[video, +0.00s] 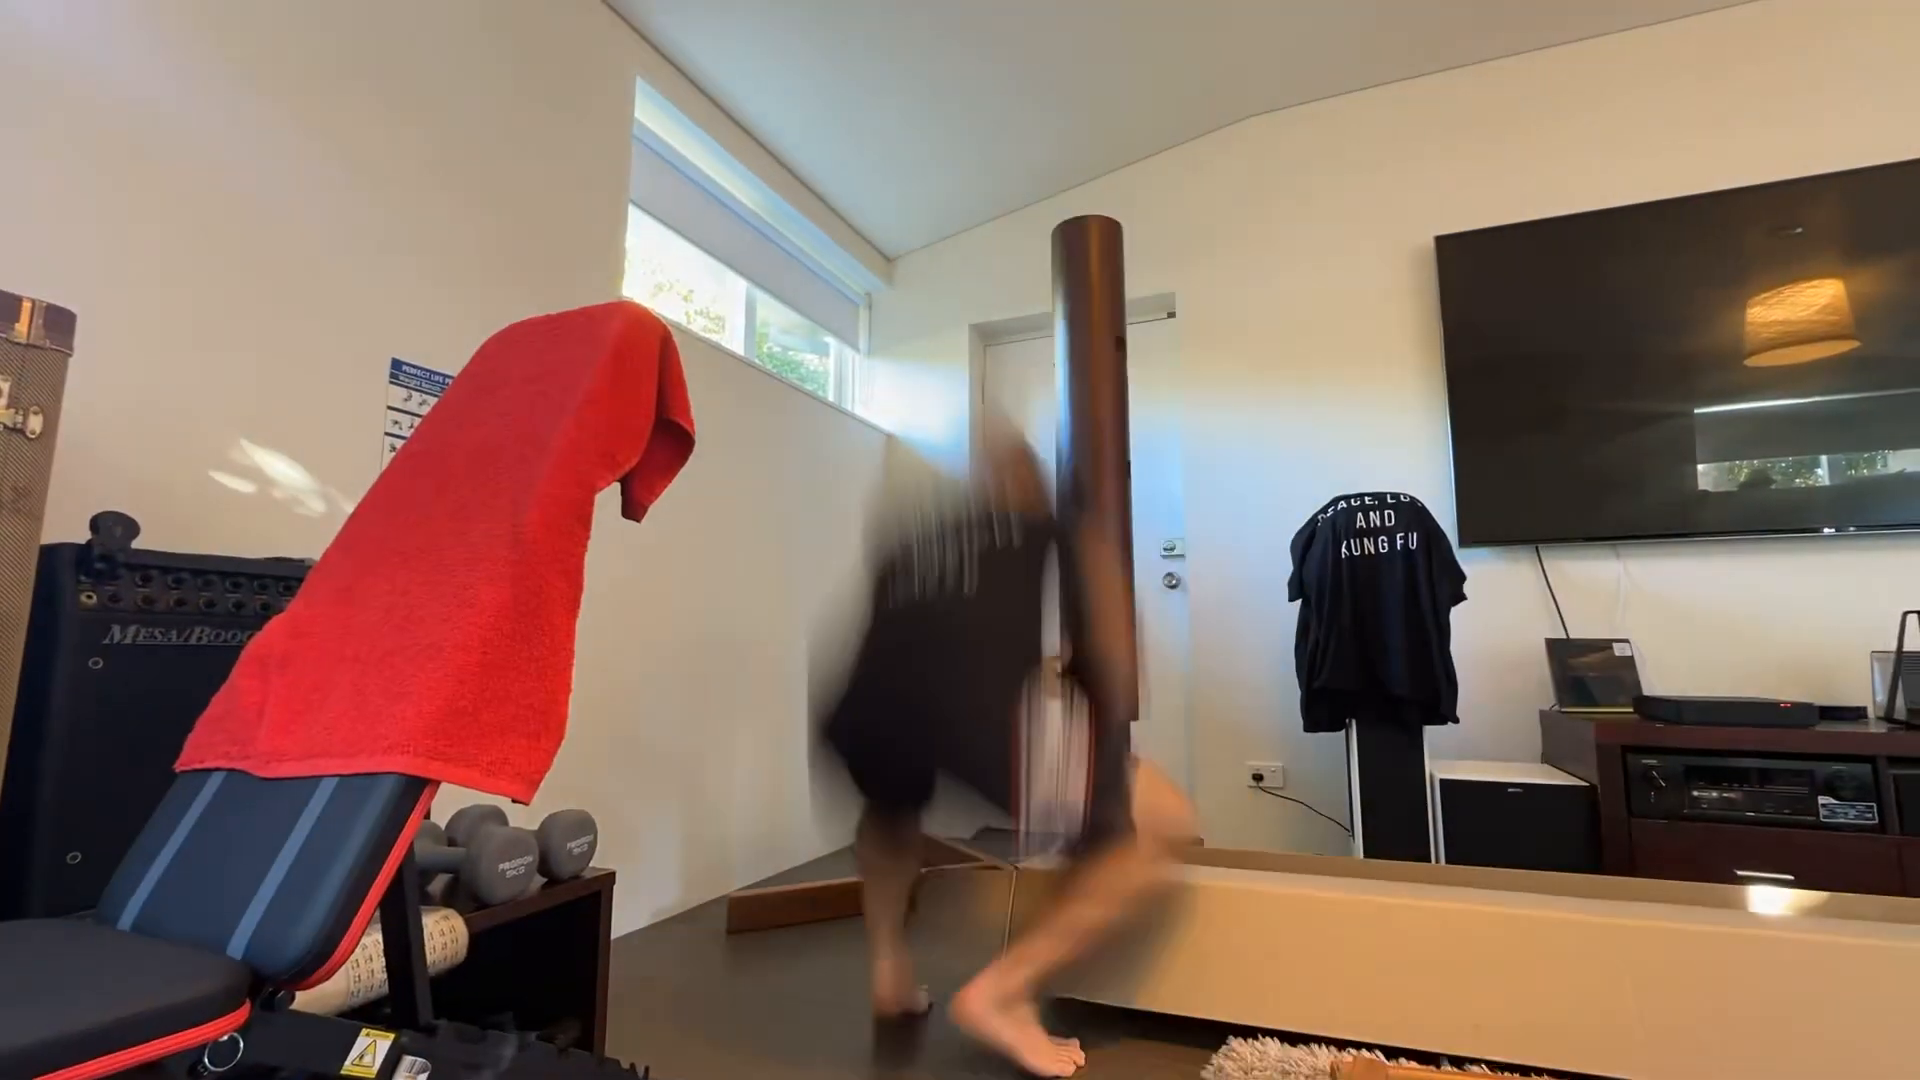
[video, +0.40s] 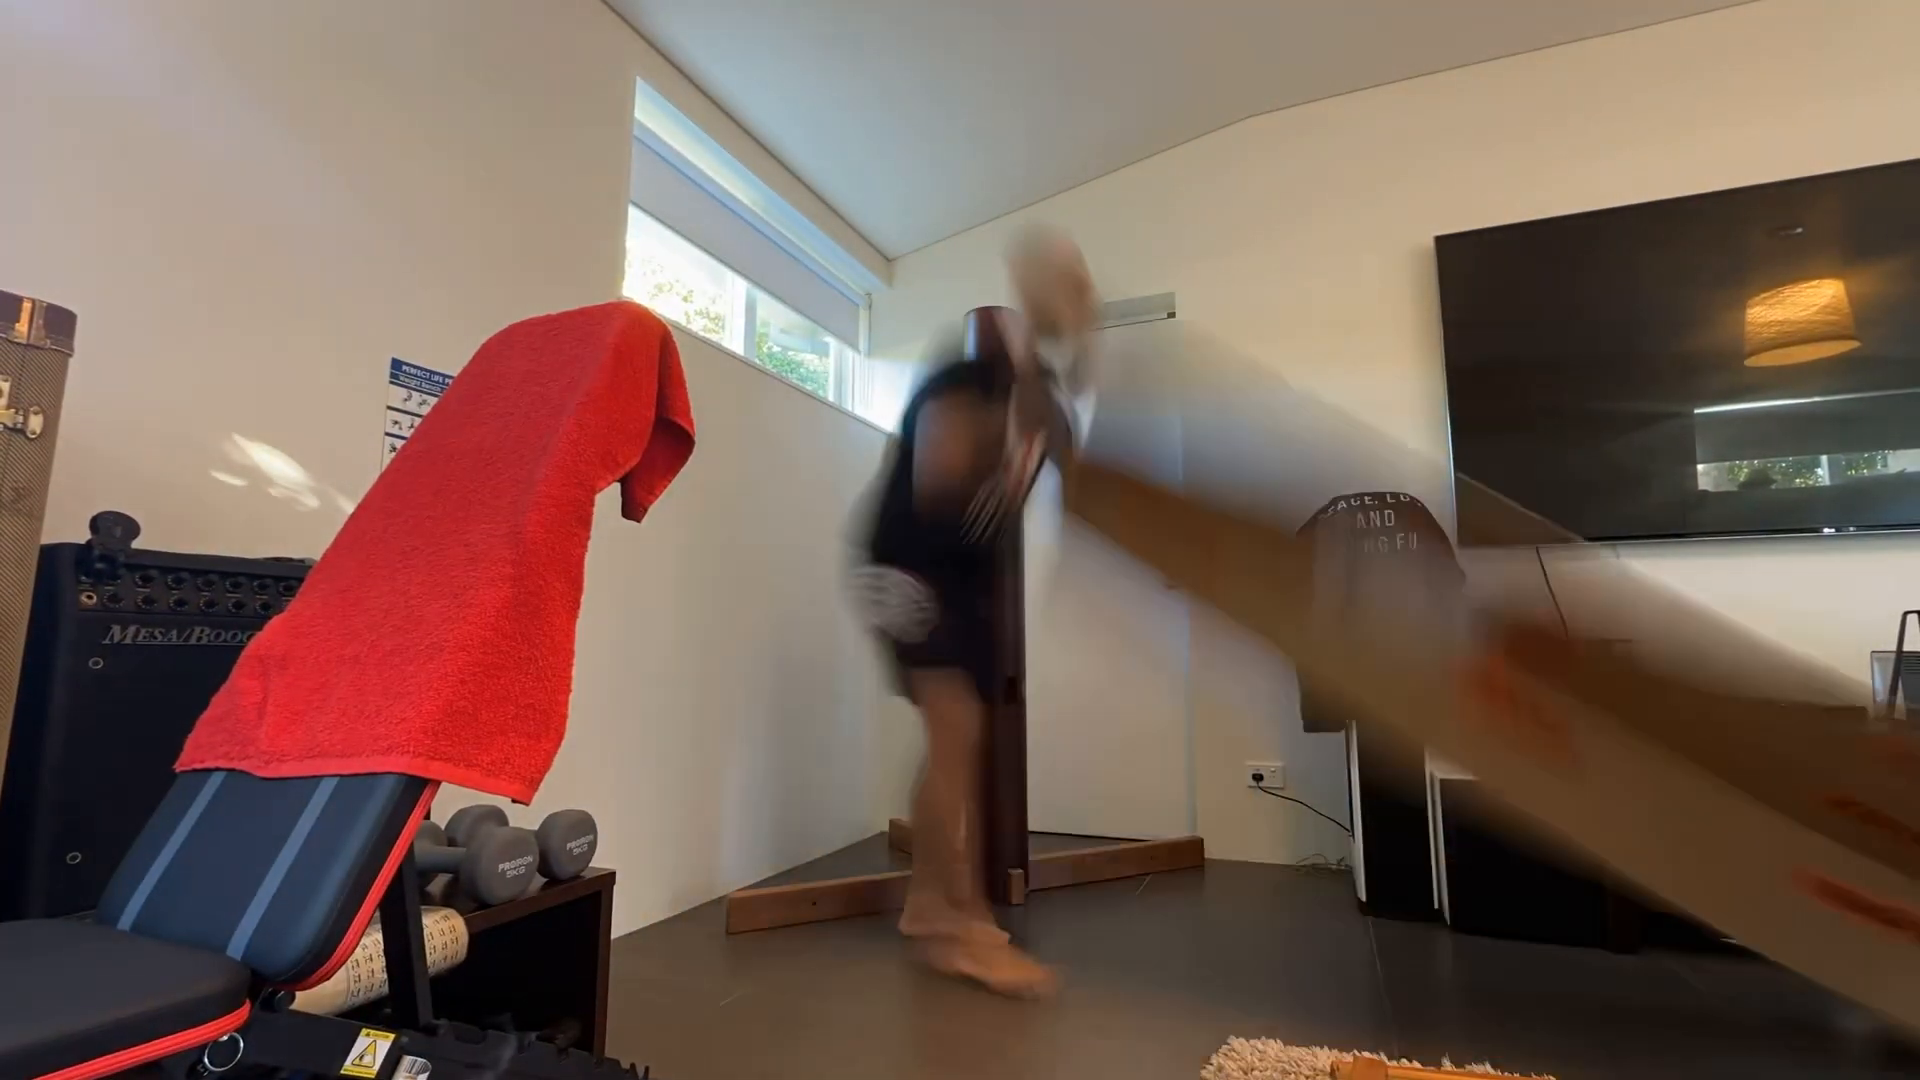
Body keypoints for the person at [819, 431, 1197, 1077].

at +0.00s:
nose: (1026, 475)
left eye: (1017, 463)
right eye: (1024, 464)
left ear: (978, 475)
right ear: (1035, 472)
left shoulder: (918, 545)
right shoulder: (1059, 532)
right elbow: (1104, 665)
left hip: (875, 711)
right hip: (983, 713)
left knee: (889, 818)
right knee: (1158, 829)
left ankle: (888, 975)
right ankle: (1001, 990)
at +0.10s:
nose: (1168, 603)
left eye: (1171, 589)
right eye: (1168, 589)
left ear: (1081, 565)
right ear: (1154, 594)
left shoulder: (982, 607)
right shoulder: (1146, 683)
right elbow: (1170, 791)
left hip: (853, 906)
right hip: (969, 944)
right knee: (1189, 841)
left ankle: (878, 963)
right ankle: (1028, 1002)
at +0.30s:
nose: (923, 342)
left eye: (915, 335)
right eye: (924, 334)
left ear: (877, 333)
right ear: (920, 334)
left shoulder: (837, 394)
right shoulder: (923, 369)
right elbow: (997, 441)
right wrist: (1010, 436)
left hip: (850, 580)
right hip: (916, 575)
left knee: (888, 732)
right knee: (924, 742)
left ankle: (891, 873)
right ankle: (877, 918)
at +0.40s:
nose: (1081, 303)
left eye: (1082, 289)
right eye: (1070, 286)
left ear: (1065, 297)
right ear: (1033, 287)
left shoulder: (1032, 384)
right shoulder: (966, 377)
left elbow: (1064, 455)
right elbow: (937, 482)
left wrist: (1043, 408)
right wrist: (1012, 450)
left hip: (963, 572)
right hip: (912, 567)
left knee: (959, 730)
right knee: (956, 728)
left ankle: (931, 900)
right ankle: (957, 917)